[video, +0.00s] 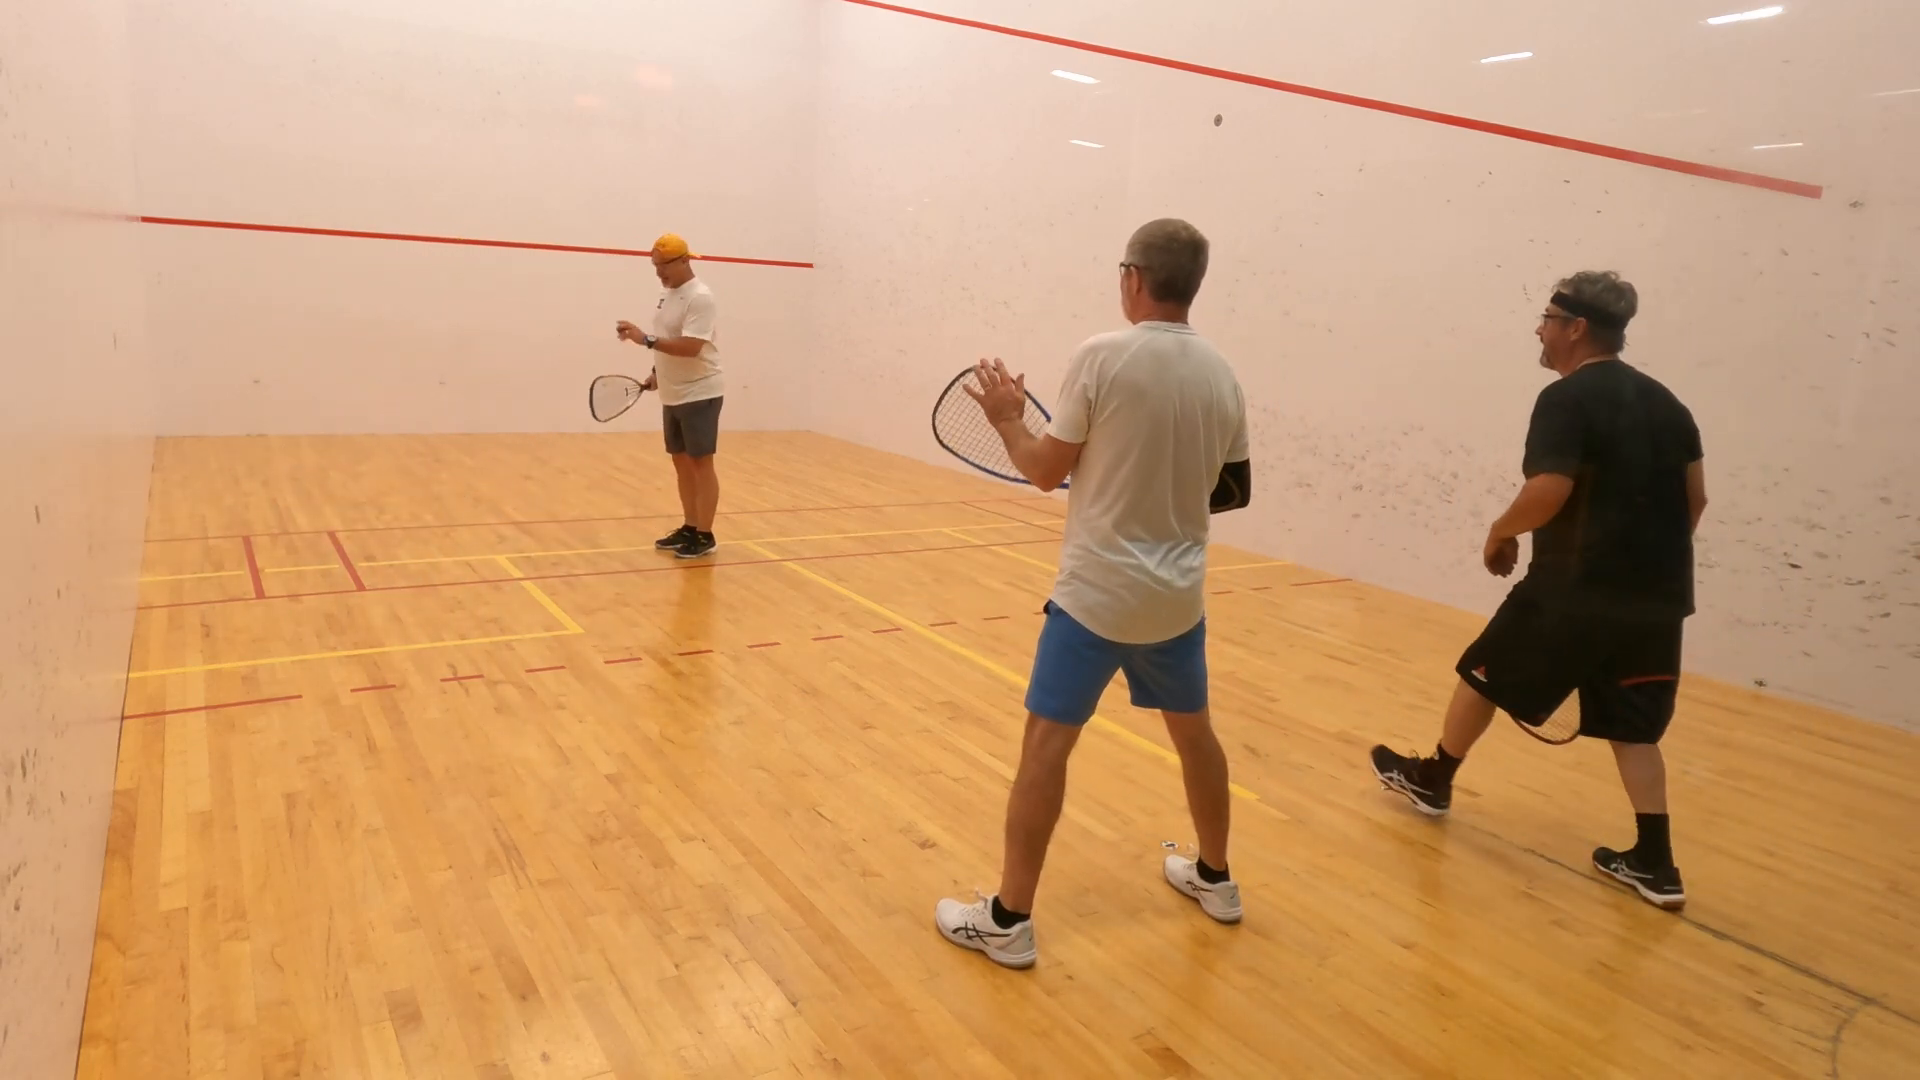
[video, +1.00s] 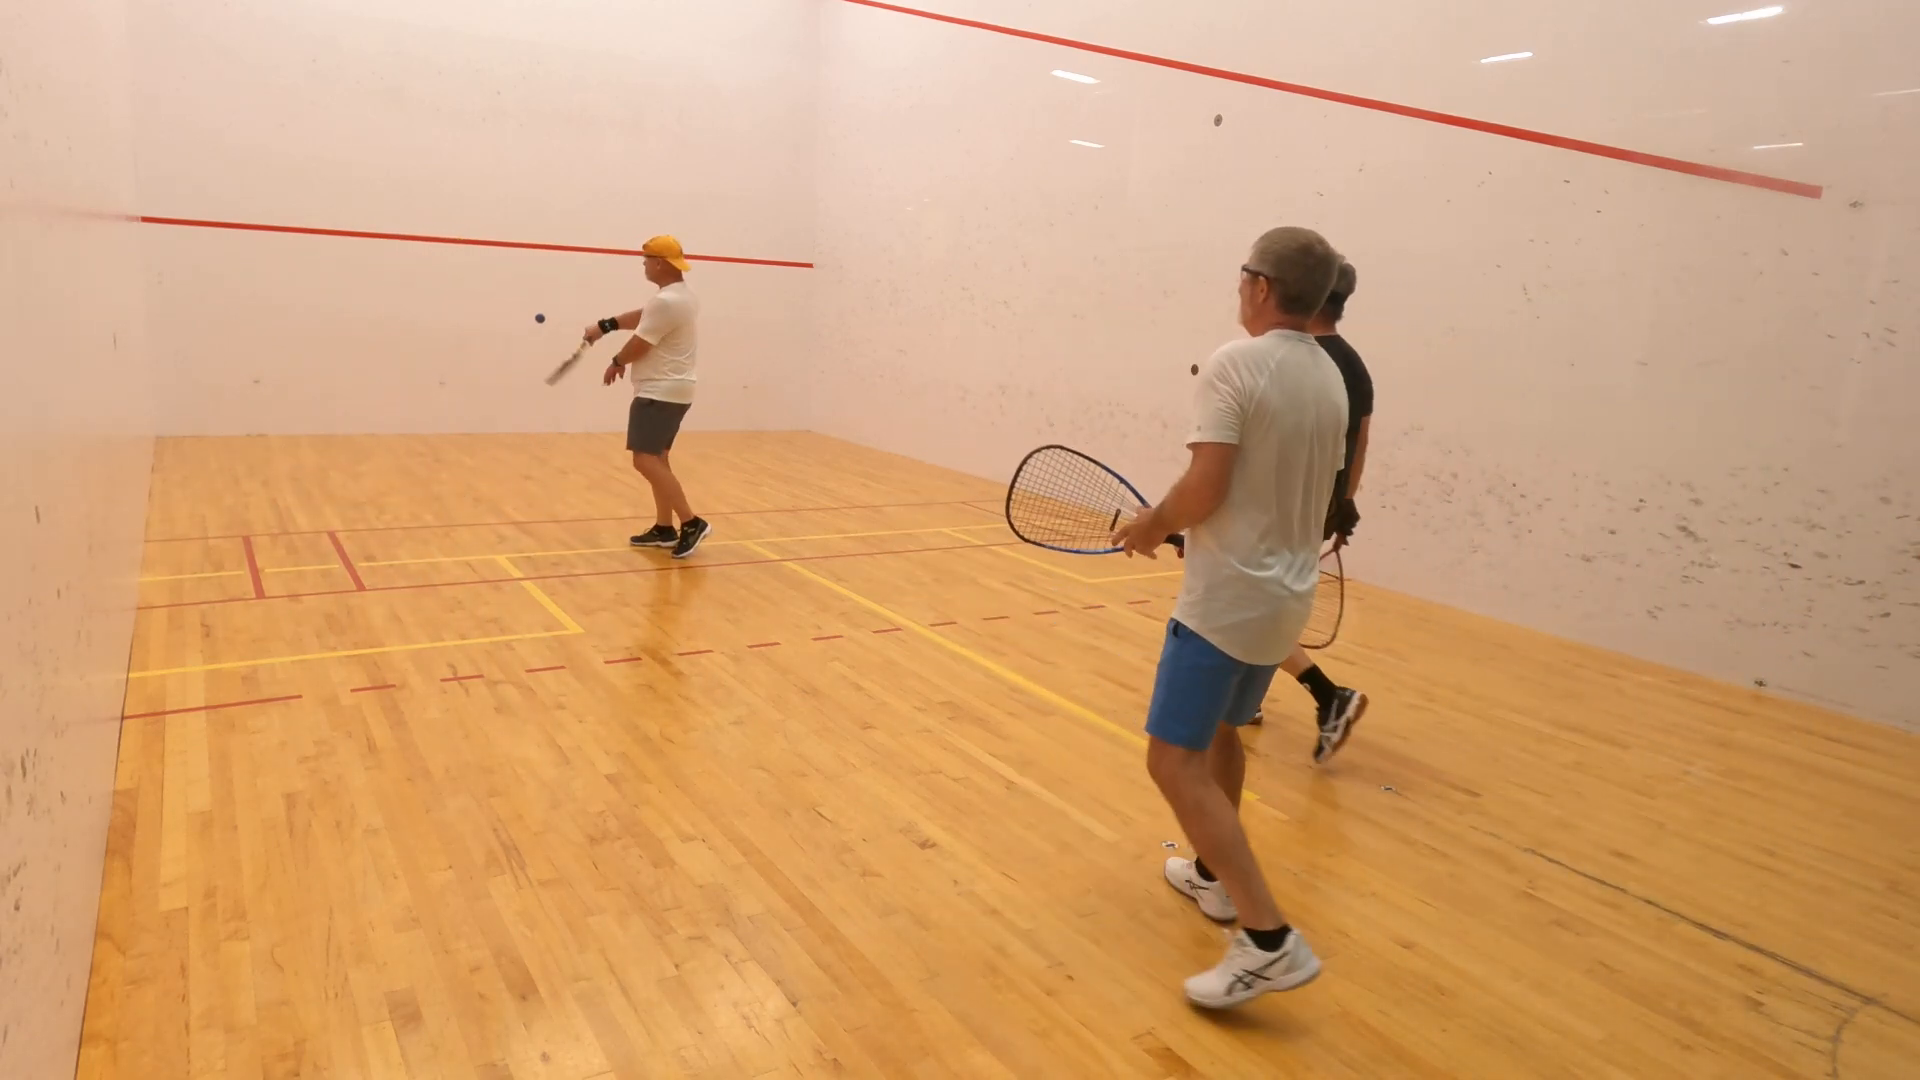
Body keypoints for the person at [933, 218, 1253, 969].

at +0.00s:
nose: (1119, 286)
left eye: (1122, 275)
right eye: (1126, 274)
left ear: (1134, 281)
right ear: (1194, 287)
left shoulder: (1104, 358)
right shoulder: (1219, 373)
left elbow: (1047, 470)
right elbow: (1231, 489)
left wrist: (1007, 417)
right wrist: (1144, 479)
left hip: (1095, 595)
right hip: (1179, 598)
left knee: (1046, 749)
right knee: (1195, 731)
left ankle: (1009, 917)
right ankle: (1216, 877)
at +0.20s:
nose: (1118, 287)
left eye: (1120, 276)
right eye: (1123, 275)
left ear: (1131, 281)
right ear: (1192, 287)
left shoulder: (1102, 357)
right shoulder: (1217, 373)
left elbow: (1047, 470)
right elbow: (1238, 488)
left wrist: (1007, 428)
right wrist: (1152, 494)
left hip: (1093, 594)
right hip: (1177, 598)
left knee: (1043, 745)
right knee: (1192, 729)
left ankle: (1009, 917)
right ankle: (1215, 877)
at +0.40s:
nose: (1125, 289)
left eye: (1129, 278)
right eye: (1131, 277)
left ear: (1142, 284)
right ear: (1199, 292)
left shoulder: (1108, 359)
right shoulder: (1225, 378)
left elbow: (1051, 476)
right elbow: (1245, 495)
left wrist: (1018, 456)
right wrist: (1167, 510)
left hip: (1097, 595)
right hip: (1181, 600)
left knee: (1043, 746)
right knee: (1189, 730)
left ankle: (1008, 917)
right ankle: (1215, 876)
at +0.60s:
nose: (1154, 298)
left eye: (1158, 287)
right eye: (1160, 286)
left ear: (1174, 295)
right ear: (1229, 304)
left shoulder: (1142, 369)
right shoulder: (1259, 390)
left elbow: (1101, 482)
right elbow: (1279, 498)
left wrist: (1062, 510)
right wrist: (1200, 518)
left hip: (1131, 600)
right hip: (1210, 606)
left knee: (1056, 737)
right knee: (1191, 721)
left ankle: (1009, 911)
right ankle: (1210, 873)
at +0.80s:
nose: (1195, 293)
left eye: (1199, 282)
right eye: (1201, 281)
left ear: (1215, 290)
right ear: (1268, 300)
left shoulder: (1193, 362)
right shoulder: (1287, 376)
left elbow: (1167, 483)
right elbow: (1294, 478)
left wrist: (1123, 521)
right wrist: (1158, 511)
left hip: (1189, 593)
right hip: (1257, 594)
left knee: (1110, 735)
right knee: (1208, 718)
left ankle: (1094, 921)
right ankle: (1210, 876)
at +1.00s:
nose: (1238, 289)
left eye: (1244, 279)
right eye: (1243, 277)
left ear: (1260, 290)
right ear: (1316, 299)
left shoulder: (1236, 365)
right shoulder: (1331, 376)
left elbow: (1205, 489)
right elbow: (1314, 497)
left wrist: (1153, 522)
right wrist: (1185, 527)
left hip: (1225, 604)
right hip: (1286, 603)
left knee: (1172, 761)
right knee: (1226, 733)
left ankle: (1270, 939)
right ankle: (1212, 870)